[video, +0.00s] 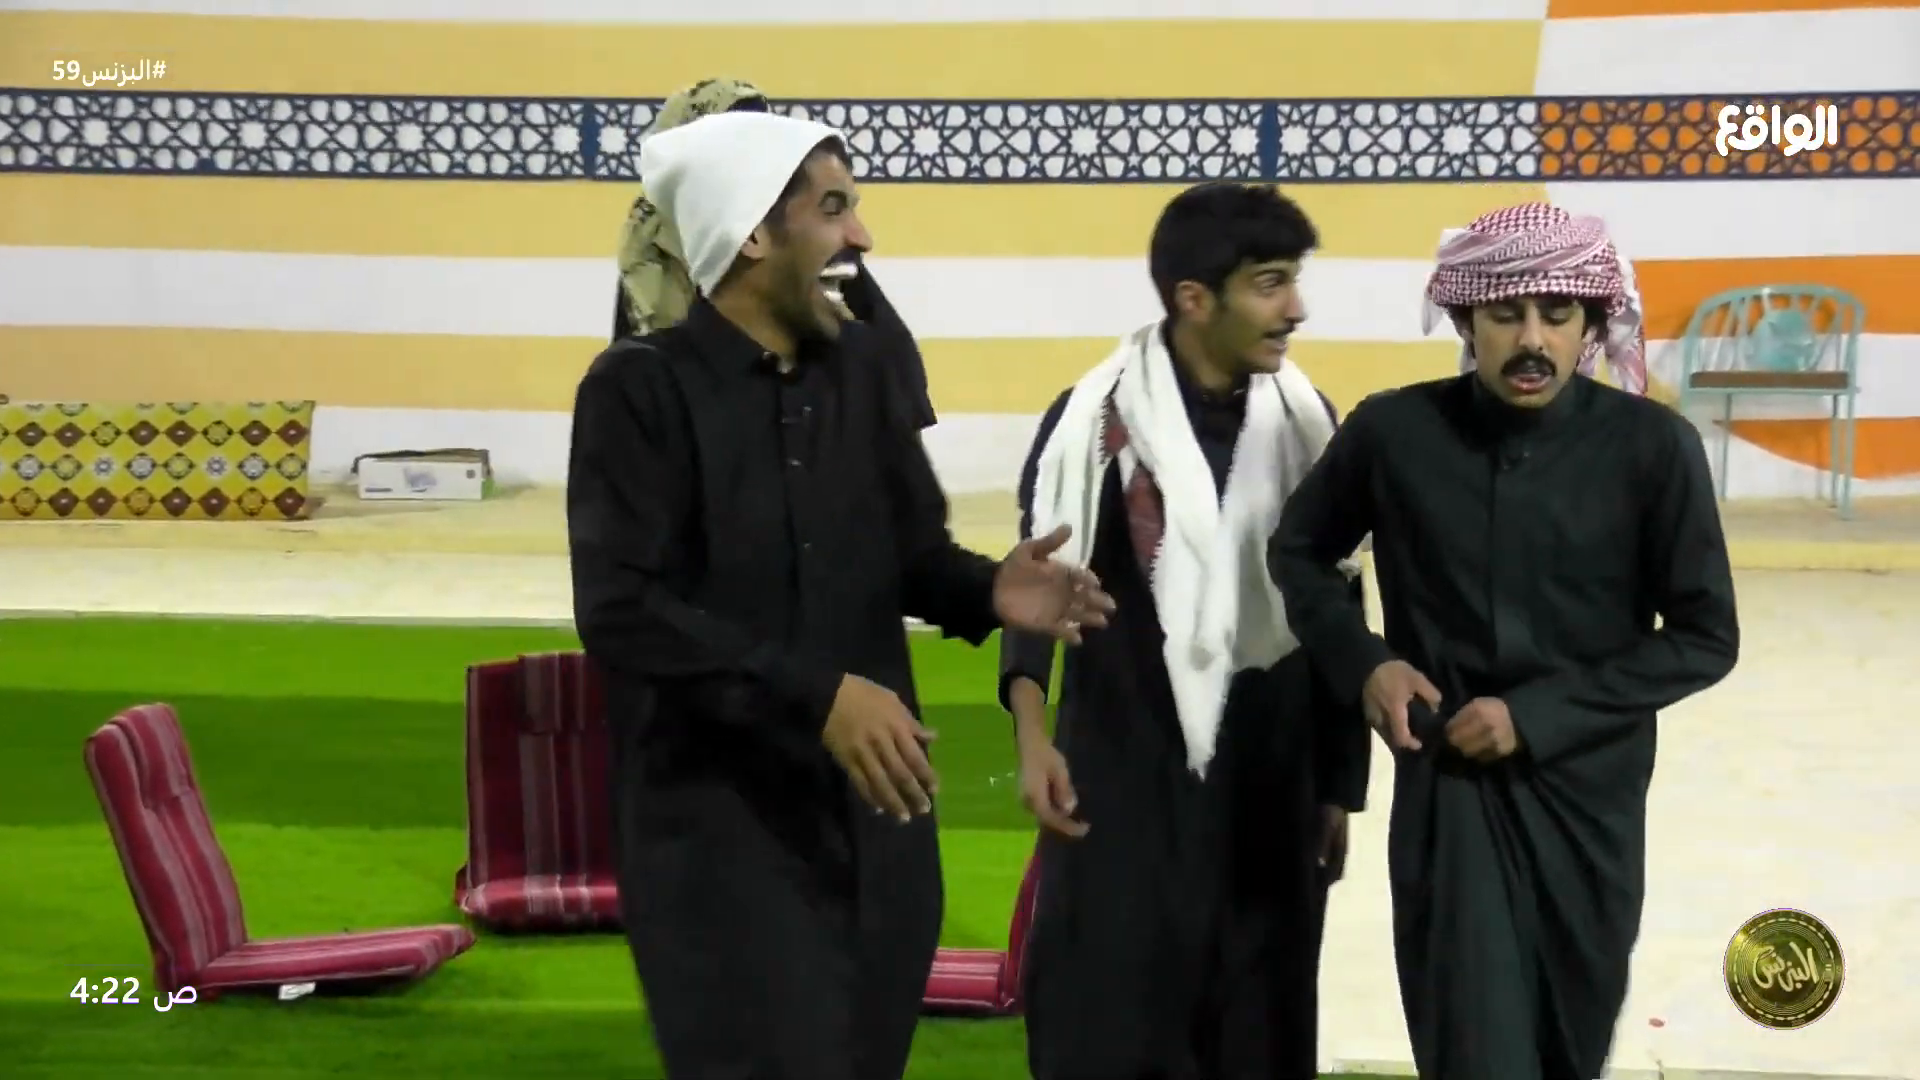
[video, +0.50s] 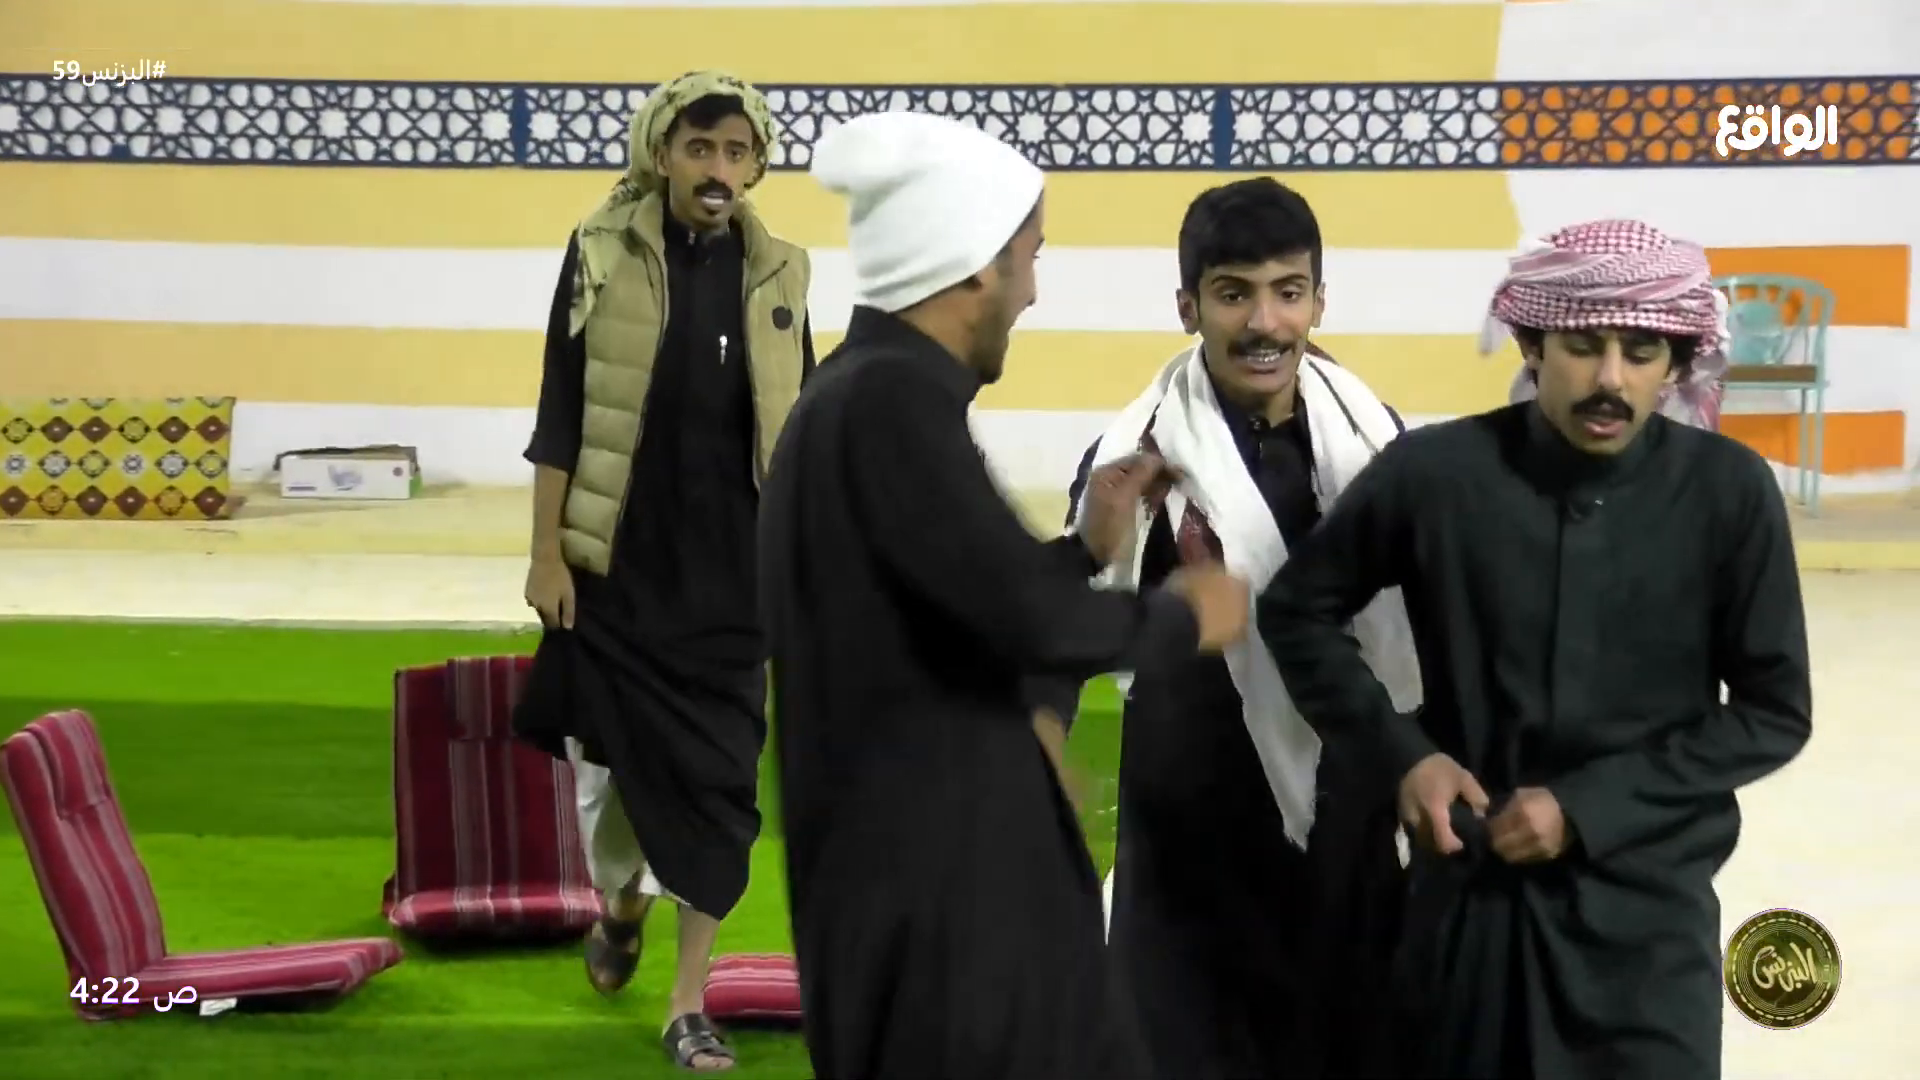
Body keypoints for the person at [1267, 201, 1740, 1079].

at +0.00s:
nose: (1532, 341)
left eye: (1555, 315)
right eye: (1506, 315)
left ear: (1589, 326)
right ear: (1466, 321)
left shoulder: (1652, 445)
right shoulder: (1389, 431)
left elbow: (1707, 638)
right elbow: (1301, 551)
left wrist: (1535, 713)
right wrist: (1367, 664)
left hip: (1590, 805)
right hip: (1447, 799)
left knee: (1571, 1053)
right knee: (1473, 1048)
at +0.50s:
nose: (1609, 378)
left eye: (1640, 352)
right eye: (1582, 346)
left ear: (1675, 366)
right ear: (1533, 349)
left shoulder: (1729, 489)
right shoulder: (1428, 475)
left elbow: (1775, 714)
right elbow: (1295, 609)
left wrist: (1580, 806)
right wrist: (1405, 757)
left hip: (1642, 930)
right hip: (1462, 918)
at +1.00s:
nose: (1567, 419)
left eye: (1594, 386)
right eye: (1536, 386)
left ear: (1634, 382)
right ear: (1487, 381)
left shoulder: (1705, 502)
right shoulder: (1389, 489)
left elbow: (1765, 728)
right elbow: (1267, 635)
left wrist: (1561, 823)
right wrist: (1359, 782)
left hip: (1611, 925)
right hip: (1428, 912)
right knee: (1429, 1061)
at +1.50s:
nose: (1483, 431)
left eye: (1509, 395)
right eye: (1450, 396)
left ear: (1544, 397)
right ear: (1395, 397)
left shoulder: (1608, 516)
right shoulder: (1292, 516)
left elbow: (1659, 753)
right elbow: (1115, 619)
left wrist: (1457, 860)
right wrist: (1229, 799)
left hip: (1541, 985)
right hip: (1344, 979)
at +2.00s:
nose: (1519, 447)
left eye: (1549, 415)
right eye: (1488, 409)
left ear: (1582, 424)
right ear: (1423, 409)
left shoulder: (1640, 550)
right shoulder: (1306, 542)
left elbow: (1682, 799)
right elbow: (1137, 675)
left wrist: (1456, 878)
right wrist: (1239, 845)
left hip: (1549, 1022)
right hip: (1354, 1017)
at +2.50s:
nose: (1477, 580)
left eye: (1499, 531)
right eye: (1433, 550)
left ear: (1555, 514)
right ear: (1387, 555)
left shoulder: (1682, 632)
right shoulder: (1321, 677)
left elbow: (1754, 899)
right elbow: (1185, 812)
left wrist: (1521, 1024)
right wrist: (1309, 994)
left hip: (1621, 1058)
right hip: (1380, 1062)